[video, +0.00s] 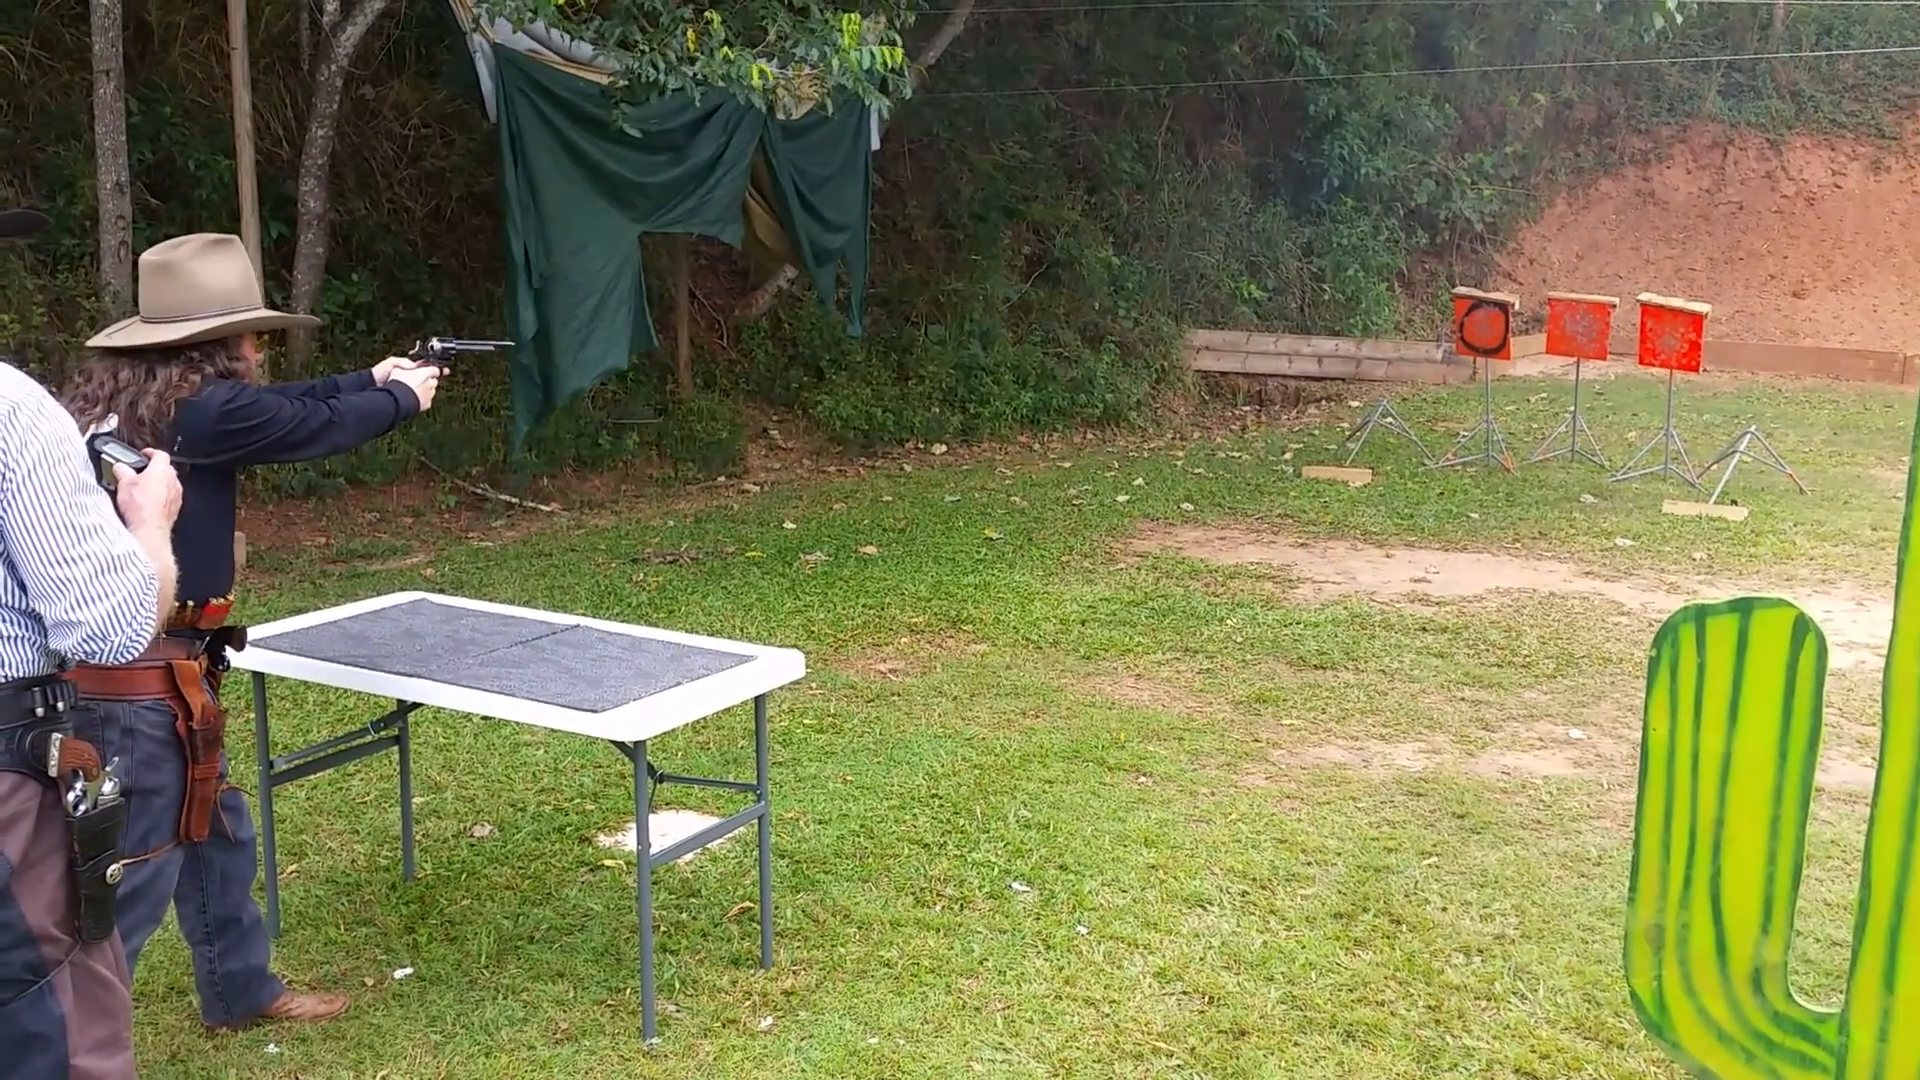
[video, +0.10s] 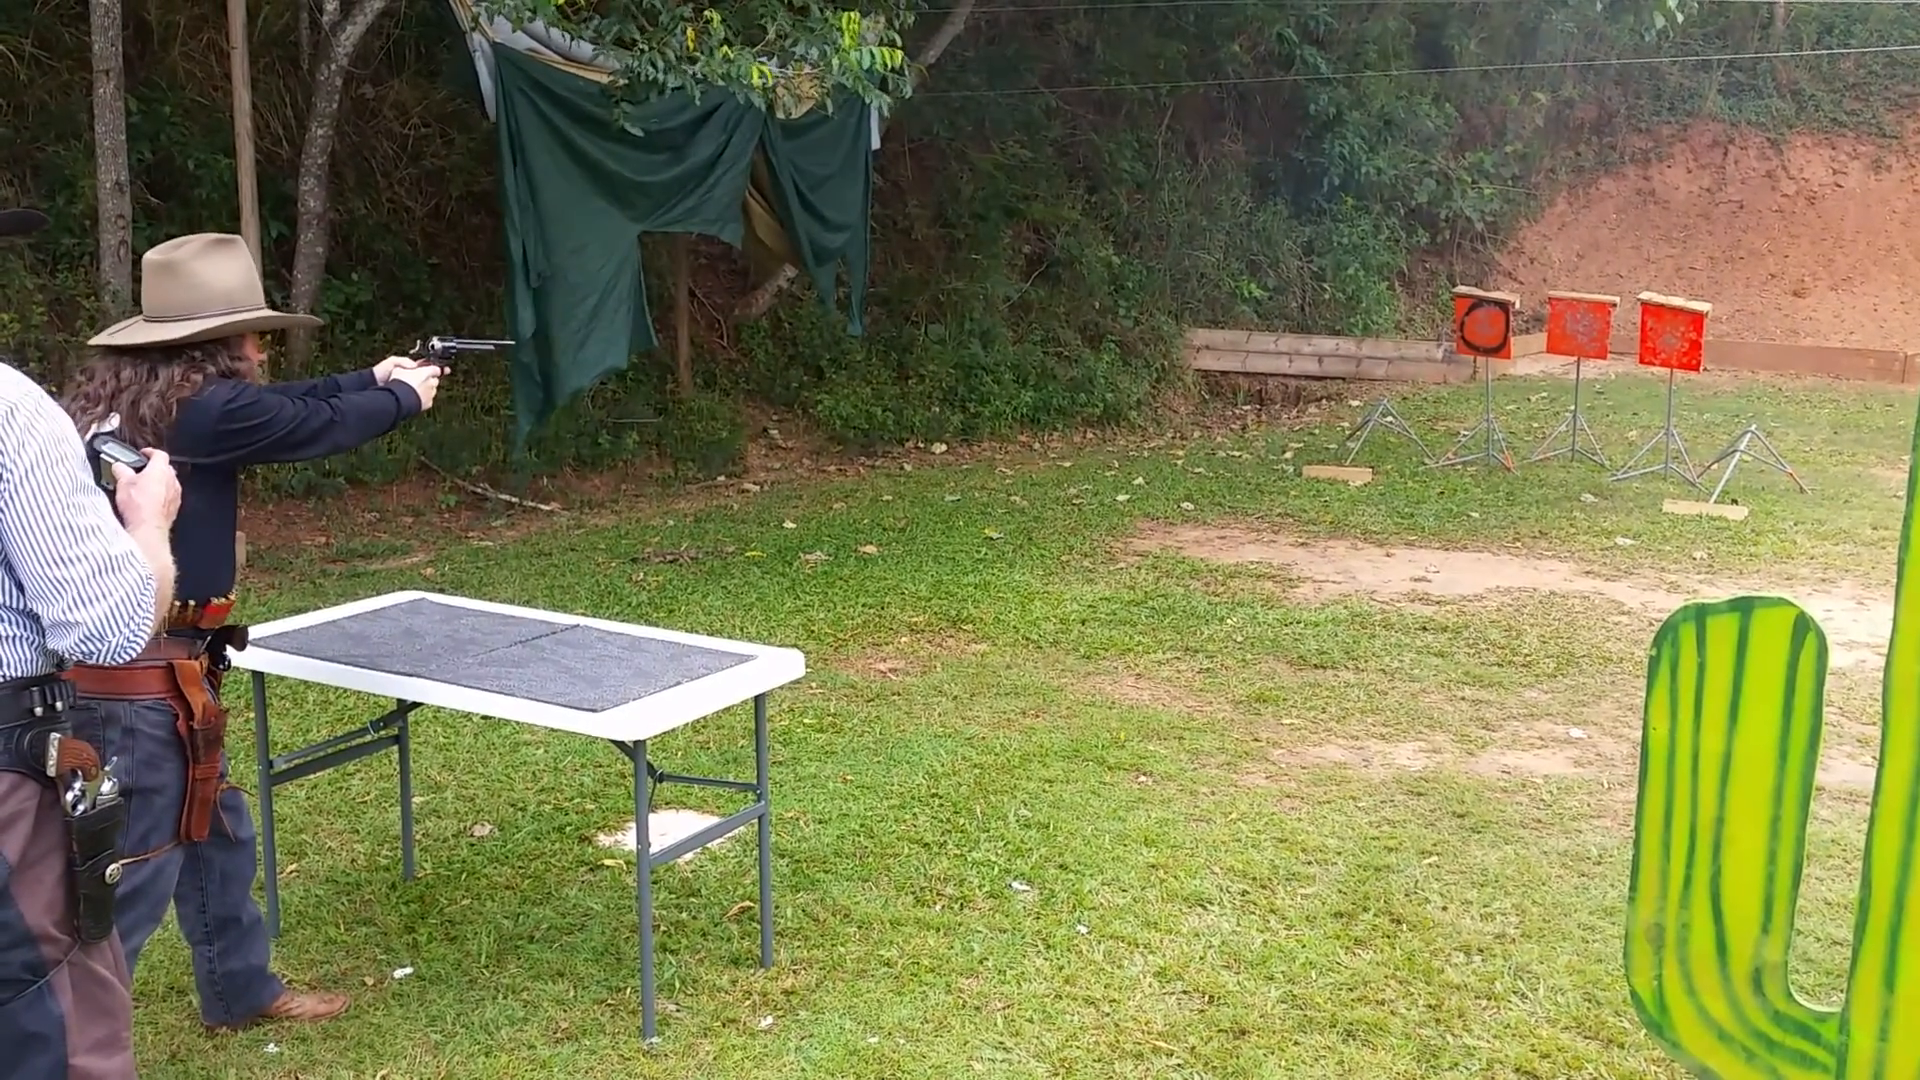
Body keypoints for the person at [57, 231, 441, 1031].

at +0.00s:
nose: (259, 351)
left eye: (257, 337)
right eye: (251, 337)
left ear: (172, 338)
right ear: (215, 341)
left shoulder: (118, 395)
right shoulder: (197, 409)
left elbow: (274, 406)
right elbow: (309, 428)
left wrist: (368, 379)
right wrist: (402, 399)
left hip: (114, 660)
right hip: (144, 672)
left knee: (216, 830)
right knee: (136, 872)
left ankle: (241, 994)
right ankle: (68, 1031)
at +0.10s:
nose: (261, 351)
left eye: (259, 337)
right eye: (253, 337)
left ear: (175, 338)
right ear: (216, 340)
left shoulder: (118, 392)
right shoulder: (200, 408)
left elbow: (275, 405)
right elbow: (313, 427)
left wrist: (369, 379)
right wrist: (404, 397)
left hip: (107, 660)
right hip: (144, 673)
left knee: (217, 829)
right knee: (135, 873)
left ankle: (241, 994)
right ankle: (67, 1031)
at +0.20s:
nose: (264, 349)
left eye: (262, 335)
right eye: (255, 335)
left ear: (177, 336)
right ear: (217, 340)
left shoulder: (122, 392)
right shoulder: (203, 408)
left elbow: (279, 403)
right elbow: (317, 427)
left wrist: (371, 377)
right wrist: (405, 397)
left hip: (108, 661)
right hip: (145, 673)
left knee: (219, 828)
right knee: (136, 872)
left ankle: (242, 992)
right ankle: (69, 1030)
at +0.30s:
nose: (264, 349)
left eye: (263, 335)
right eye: (256, 335)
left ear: (180, 336)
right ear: (217, 340)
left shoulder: (126, 392)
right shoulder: (203, 408)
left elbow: (278, 404)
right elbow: (315, 426)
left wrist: (371, 376)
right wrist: (406, 395)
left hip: (115, 657)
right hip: (146, 671)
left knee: (219, 828)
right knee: (136, 873)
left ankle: (242, 991)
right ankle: (69, 1030)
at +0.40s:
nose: (264, 348)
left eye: (262, 334)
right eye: (255, 334)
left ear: (180, 336)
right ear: (217, 339)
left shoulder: (129, 392)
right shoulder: (202, 407)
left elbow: (279, 403)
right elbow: (315, 426)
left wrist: (371, 376)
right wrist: (406, 395)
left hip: (116, 655)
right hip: (146, 669)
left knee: (218, 826)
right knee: (136, 873)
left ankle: (241, 991)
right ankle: (66, 1030)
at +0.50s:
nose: (263, 346)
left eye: (260, 332)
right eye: (254, 332)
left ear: (176, 335)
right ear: (218, 337)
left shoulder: (130, 391)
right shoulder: (203, 406)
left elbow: (274, 402)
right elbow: (316, 431)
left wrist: (371, 374)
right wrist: (403, 399)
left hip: (113, 657)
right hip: (145, 668)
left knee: (218, 825)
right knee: (136, 870)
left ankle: (240, 989)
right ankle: (65, 1029)